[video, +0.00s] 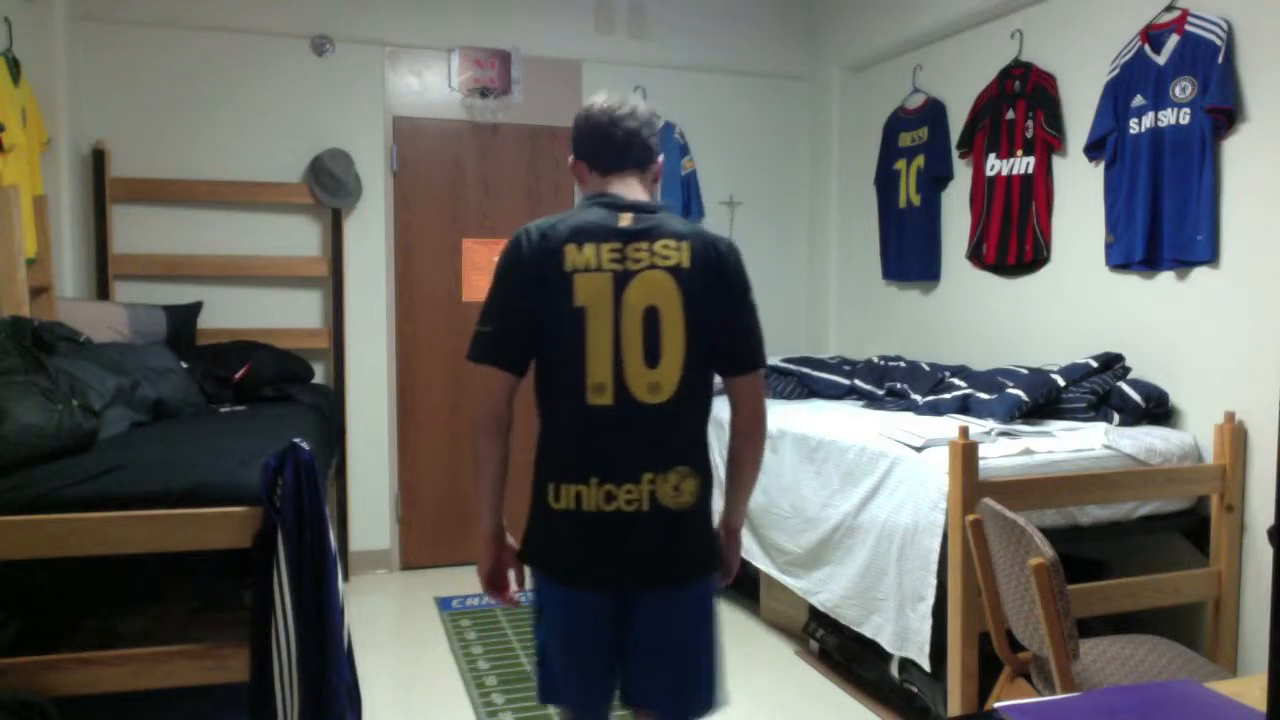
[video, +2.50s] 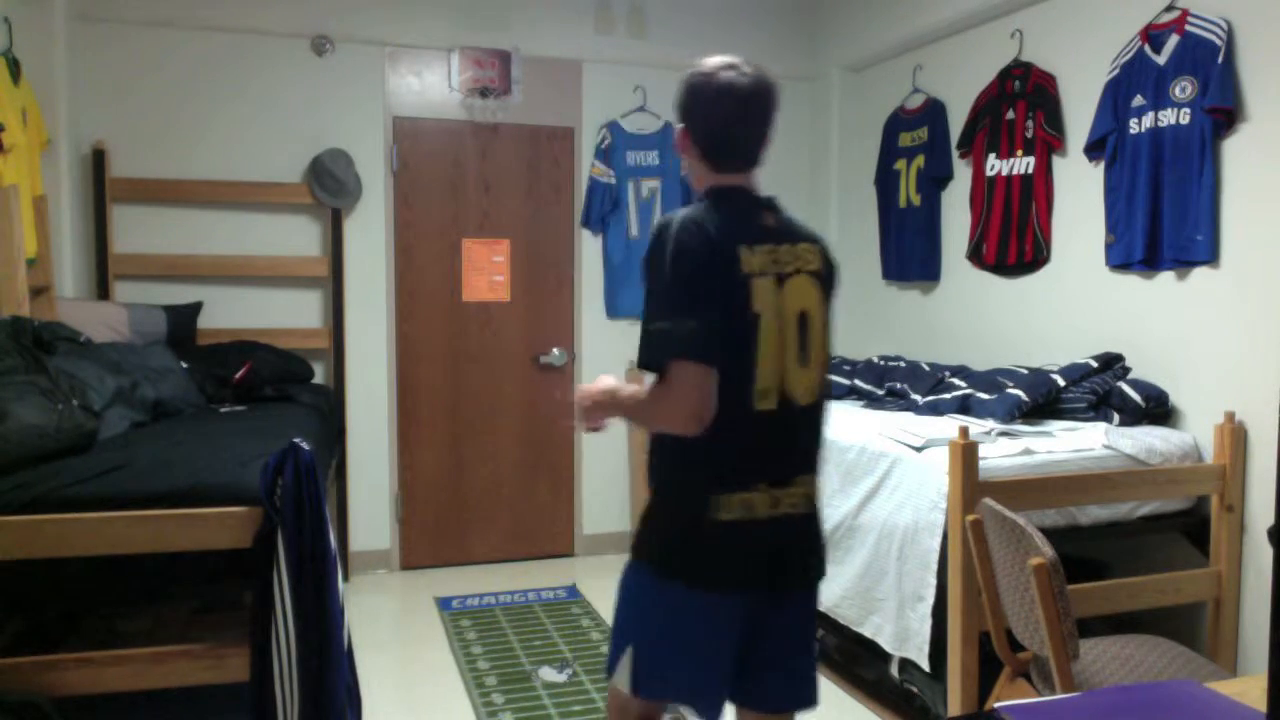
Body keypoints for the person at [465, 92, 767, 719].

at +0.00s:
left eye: (573, 161)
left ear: (576, 165)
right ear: (656, 167)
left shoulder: (535, 249)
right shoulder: (710, 253)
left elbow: (492, 403)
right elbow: (750, 408)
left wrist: (491, 529)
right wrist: (732, 525)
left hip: (570, 537)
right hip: (674, 538)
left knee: (579, 707)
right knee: (667, 709)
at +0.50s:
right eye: (656, 176)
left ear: (578, 177)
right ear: (655, 179)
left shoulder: (537, 246)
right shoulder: (706, 249)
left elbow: (500, 395)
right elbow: (751, 392)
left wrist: (507, 527)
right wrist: (745, 513)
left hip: (575, 522)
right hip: (676, 521)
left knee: (585, 701)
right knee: (669, 694)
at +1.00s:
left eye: (567, 162)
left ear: (570, 163)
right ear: (648, 165)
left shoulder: (538, 233)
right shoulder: (697, 234)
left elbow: (515, 373)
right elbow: (760, 369)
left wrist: (521, 504)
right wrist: (755, 491)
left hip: (578, 499)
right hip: (675, 495)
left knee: (593, 677)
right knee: (654, 656)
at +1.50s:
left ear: (542, 191)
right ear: (615, 187)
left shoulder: (529, 253)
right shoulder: (680, 254)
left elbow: (527, 367)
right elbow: (750, 395)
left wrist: (542, 531)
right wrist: (758, 531)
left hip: (587, 539)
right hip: (682, 533)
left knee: (588, 708)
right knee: (679, 706)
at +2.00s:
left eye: (600, 162)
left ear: (602, 171)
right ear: (684, 169)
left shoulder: (557, 251)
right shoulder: (737, 250)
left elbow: (487, 394)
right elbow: (791, 397)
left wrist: (568, 377)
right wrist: (787, 519)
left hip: (612, 529)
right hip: (713, 522)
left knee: (624, 706)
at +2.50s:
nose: (676, 137)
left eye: (677, 125)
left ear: (684, 137)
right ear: (764, 138)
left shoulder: (688, 237)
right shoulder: (810, 247)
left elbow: (689, 406)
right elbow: (792, 388)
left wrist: (614, 396)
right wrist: (640, 394)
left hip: (698, 541)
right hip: (791, 540)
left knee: (633, 705)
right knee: (768, 711)